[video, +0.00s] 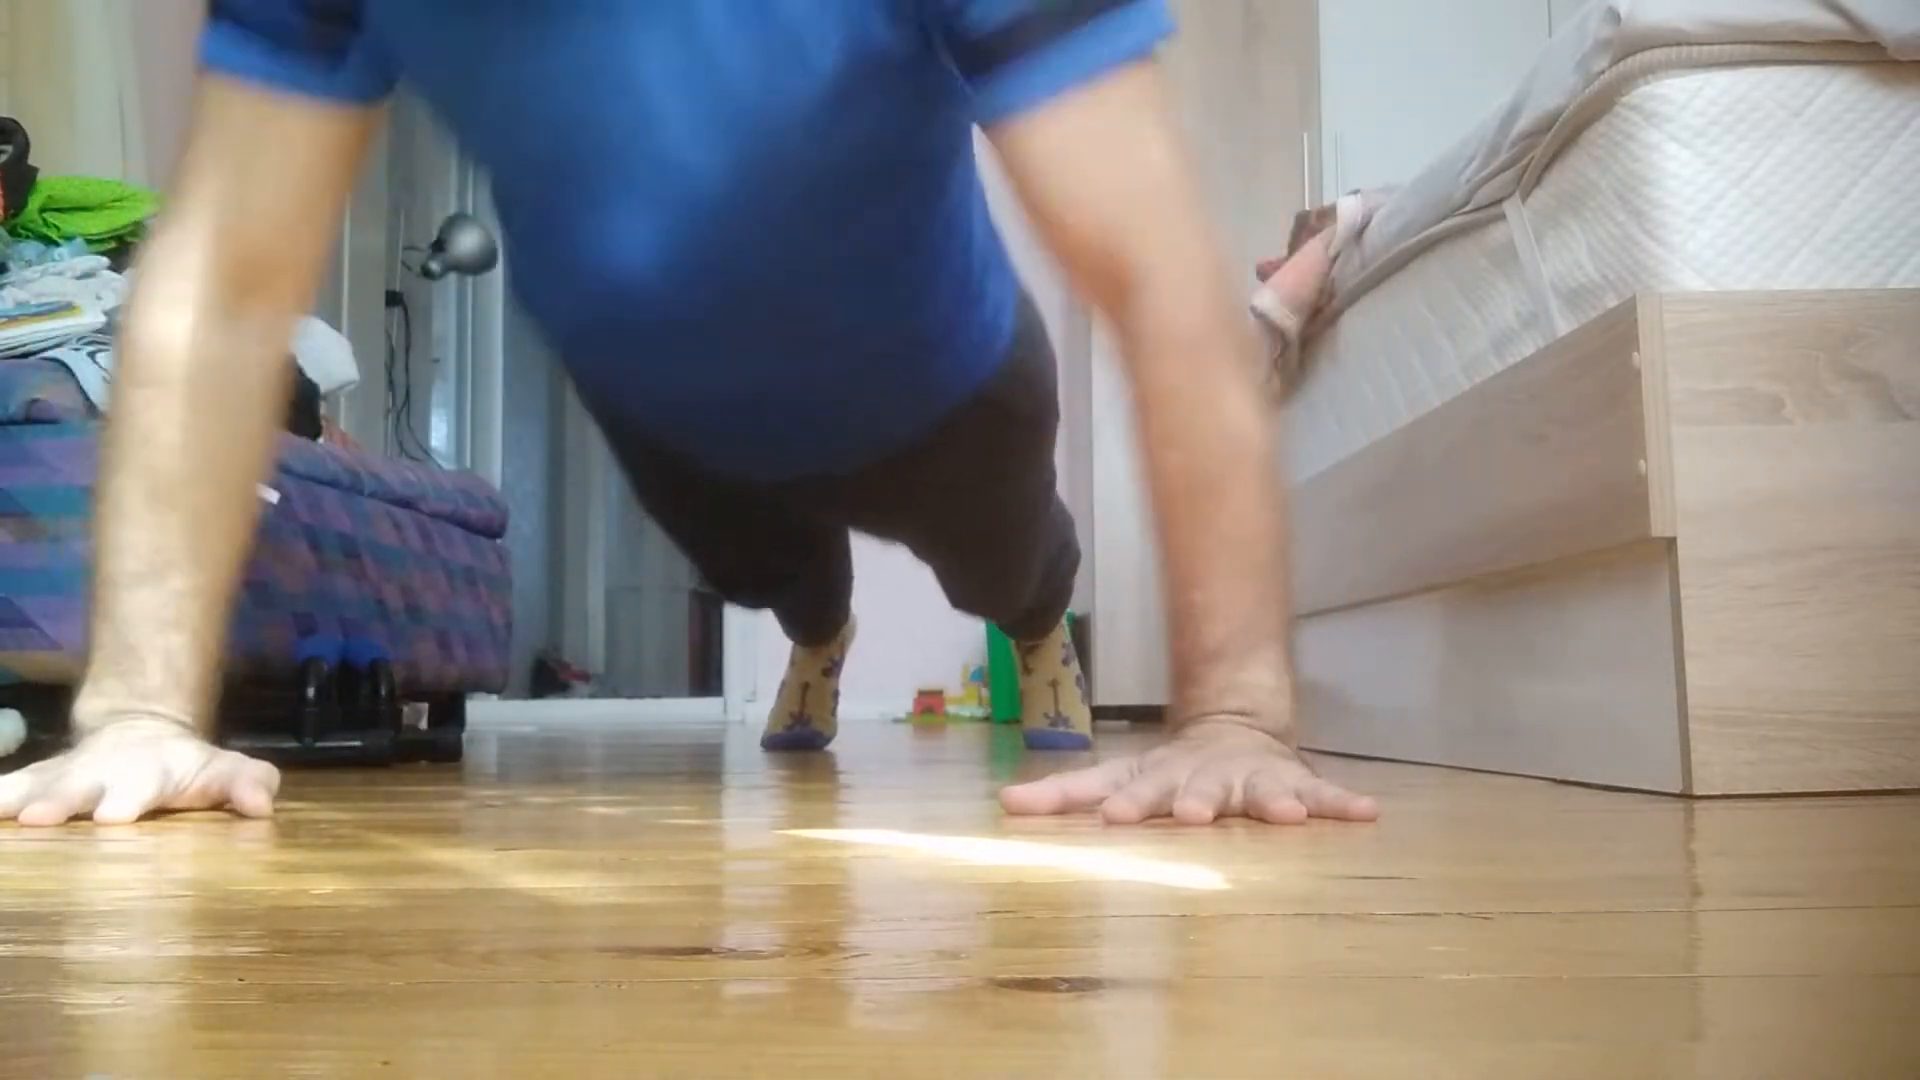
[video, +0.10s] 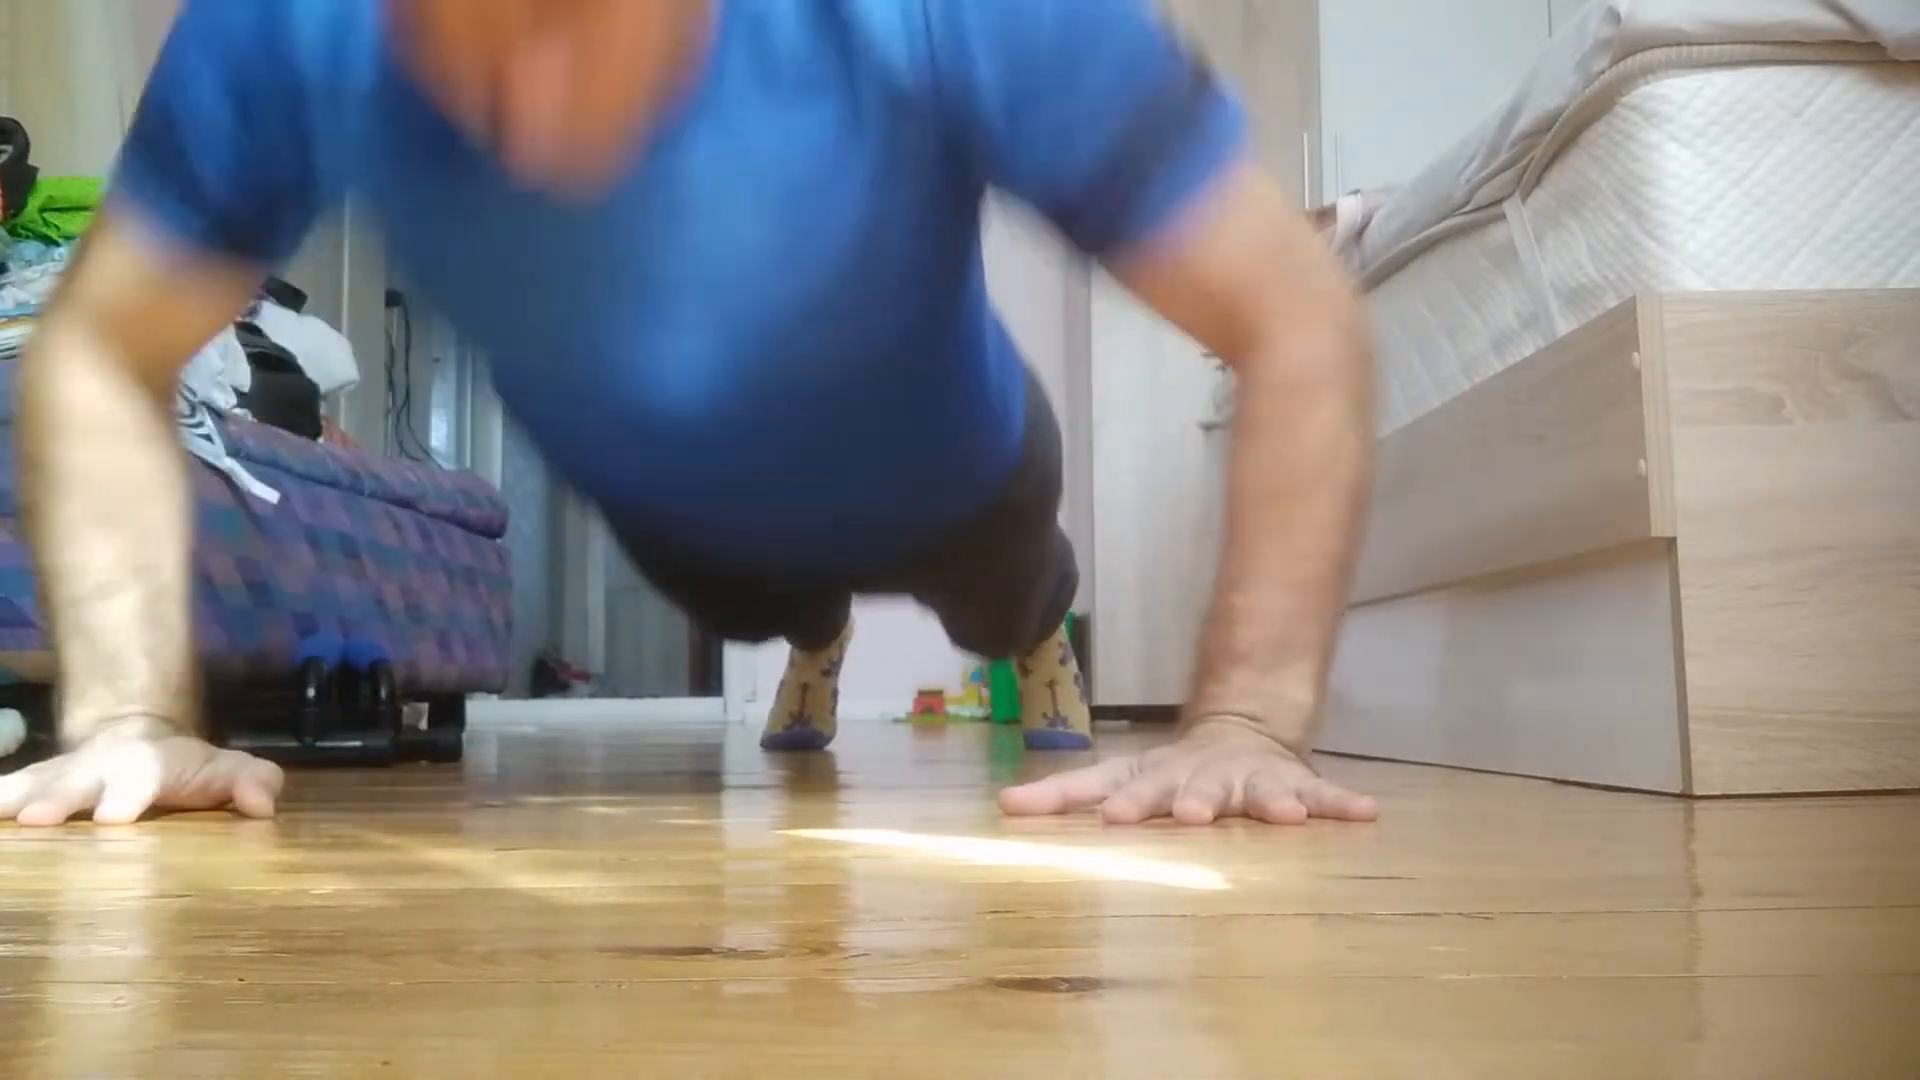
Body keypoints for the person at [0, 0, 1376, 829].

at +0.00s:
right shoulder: (343, 10)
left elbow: (1171, 278)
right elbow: (218, 284)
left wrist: (1240, 707)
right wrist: (146, 711)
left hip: (927, 391)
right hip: (675, 434)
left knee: (1005, 562)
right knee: (777, 568)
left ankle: (1019, 617)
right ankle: (819, 641)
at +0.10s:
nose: (508, 93)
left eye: (557, 34)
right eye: (461, 43)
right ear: (405, 11)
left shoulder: (934, 21)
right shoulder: (300, 39)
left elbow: (1305, 311)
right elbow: (95, 349)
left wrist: (1246, 720)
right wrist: (137, 720)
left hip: (941, 486)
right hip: (691, 533)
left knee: (1001, 611)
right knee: (788, 611)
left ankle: (1007, 651)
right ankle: (816, 654)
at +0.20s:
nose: (487, 504)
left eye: (541, 408)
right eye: (413, 435)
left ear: (697, 202)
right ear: (304, 293)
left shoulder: (931, 215)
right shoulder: (240, 263)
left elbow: (1351, 350)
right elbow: (49, 390)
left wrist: (1247, 718)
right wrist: (134, 714)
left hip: (972, 641)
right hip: (664, 645)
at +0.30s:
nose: (481, 773)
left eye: (543, 670)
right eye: (394, 696)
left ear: (700, 452)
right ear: (276, 536)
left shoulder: (938, 401)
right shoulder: (235, 386)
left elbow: (1349, 341)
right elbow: (30, 372)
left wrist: (1248, 723)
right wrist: (124, 715)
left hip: (948, 704)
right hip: (640, 730)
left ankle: (1025, 682)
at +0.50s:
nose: (483, 618)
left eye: (547, 533)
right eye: (396, 548)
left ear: (713, 344)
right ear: (311, 420)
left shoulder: (960, 352)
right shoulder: (229, 349)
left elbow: (1411, 353)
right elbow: (23, 380)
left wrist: (1265, 721)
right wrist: (121, 712)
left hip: (936, 596)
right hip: (682, 627)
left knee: (1009, 620)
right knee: (788, 678)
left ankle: (1035, 659)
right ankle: (806, 713)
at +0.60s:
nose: (518, 360)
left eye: (584, 276)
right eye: (448, 287)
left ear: (743, 118)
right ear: (355, 191)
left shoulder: (967, 206)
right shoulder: (260, 237)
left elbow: (1419, 358)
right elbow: (19, 396)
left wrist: (1263, 722)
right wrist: (132, 715)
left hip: (950, 518)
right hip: (712, 546)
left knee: (1011, 611)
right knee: (786, 604)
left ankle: (1034, 646)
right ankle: (818, 659)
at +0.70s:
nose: (563, 99)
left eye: (616, 34)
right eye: (505, 44)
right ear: (431, 15)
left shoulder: (971, 56)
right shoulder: (315, 89)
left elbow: (1375, 346)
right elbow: (60, 368)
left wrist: (1263, 720)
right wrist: (136, 718)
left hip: (938, 453)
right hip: (697, 497)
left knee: (1009, 587)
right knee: (785, 593)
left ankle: (1027, 634)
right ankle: (817, 650)